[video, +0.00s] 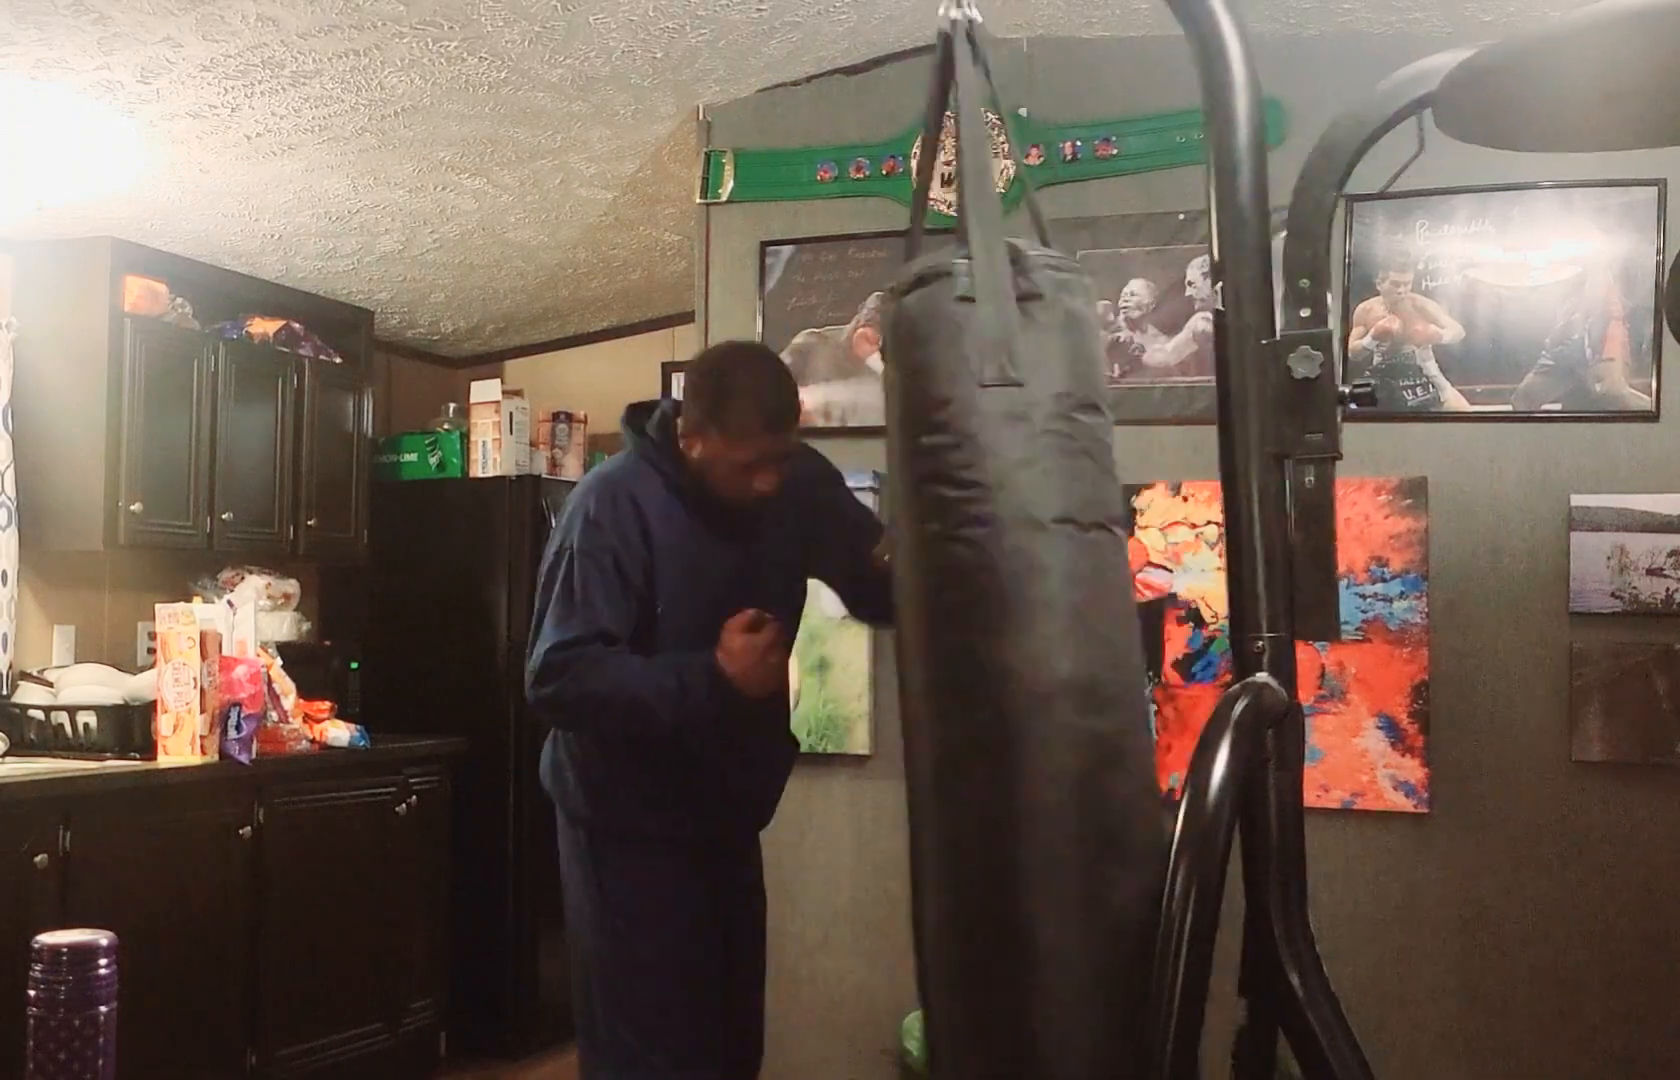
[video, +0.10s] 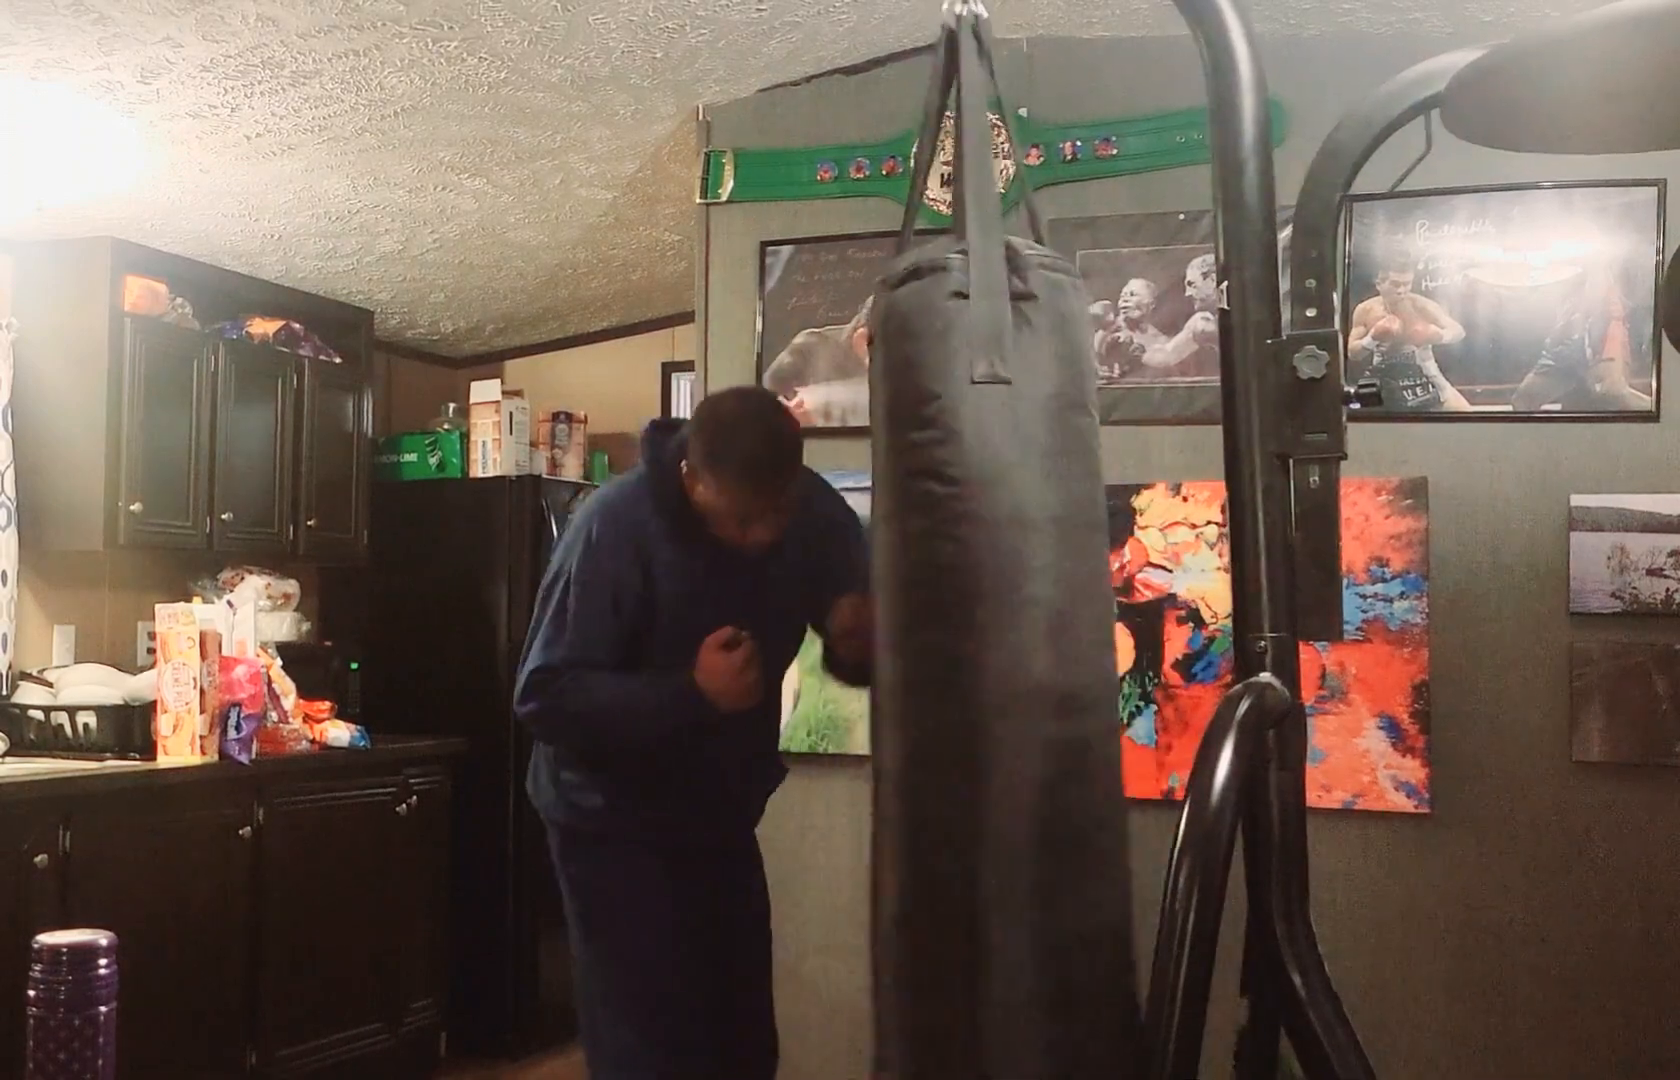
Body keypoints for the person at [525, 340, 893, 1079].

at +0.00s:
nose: (771, 481)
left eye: (782, 460)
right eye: (751, 466)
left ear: (793, 429)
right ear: (691, 438)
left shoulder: (798, 483)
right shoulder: (613, 502)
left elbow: (878, 593)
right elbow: (558, 674)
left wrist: (896, 567)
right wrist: (717, 674)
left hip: (725, 813)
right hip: (620, 817)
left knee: (728, 1037)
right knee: (643, 1041)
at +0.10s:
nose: (763, 536)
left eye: (776, 515)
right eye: (741, 519)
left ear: (793, 476)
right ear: (693, 479)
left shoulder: (812, 511)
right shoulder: (614, 527)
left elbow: (857, 666)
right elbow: (543, 695)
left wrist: (857, 642)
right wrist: (692, 690)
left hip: (720, 808)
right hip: (608, 814)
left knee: (742, 1036)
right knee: (643, 1038)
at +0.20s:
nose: (729, 574)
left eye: (744, 556)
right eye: (708, 560)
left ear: (766, 512)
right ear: (664, 519)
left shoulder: (811, 541)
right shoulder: (599, 559)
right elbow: (536, 728)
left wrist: (827, 698)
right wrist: (667, 714)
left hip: (725, 824)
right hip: (607, 836)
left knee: (757, 1041)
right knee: (640, 1044)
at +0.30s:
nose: (677, 604)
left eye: (691, 584)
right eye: (655, 588)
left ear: (723, 543)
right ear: (622, 560)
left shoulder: (792, 558)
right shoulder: (567, 592)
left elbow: (845, 723)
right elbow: (522, 751)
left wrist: (774, 696)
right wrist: (630, 736)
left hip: (728, 833)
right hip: (607, 849)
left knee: (752, 1031)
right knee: (637, 1044)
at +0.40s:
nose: (638, 623)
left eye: (653, 598)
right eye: (613, 608)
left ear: (686, 550)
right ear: (579, 581)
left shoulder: (767, 564)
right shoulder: (534, 613)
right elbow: (490, 769)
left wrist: (739, 660)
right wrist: (585, 761)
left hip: (744, 856)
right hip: (607, 876)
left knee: (737, 1046)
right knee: (615, 1056)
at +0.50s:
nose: (597, 630)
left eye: (615, 606)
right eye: (573, 615)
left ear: (651, 550)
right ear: (541, 583)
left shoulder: (746, 568)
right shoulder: (504, 630)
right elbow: (468, 783)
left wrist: (722, 632)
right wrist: (556, 781)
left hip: (720, 873)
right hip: (586, 892)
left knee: (715, 1055)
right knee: (596, 1060)